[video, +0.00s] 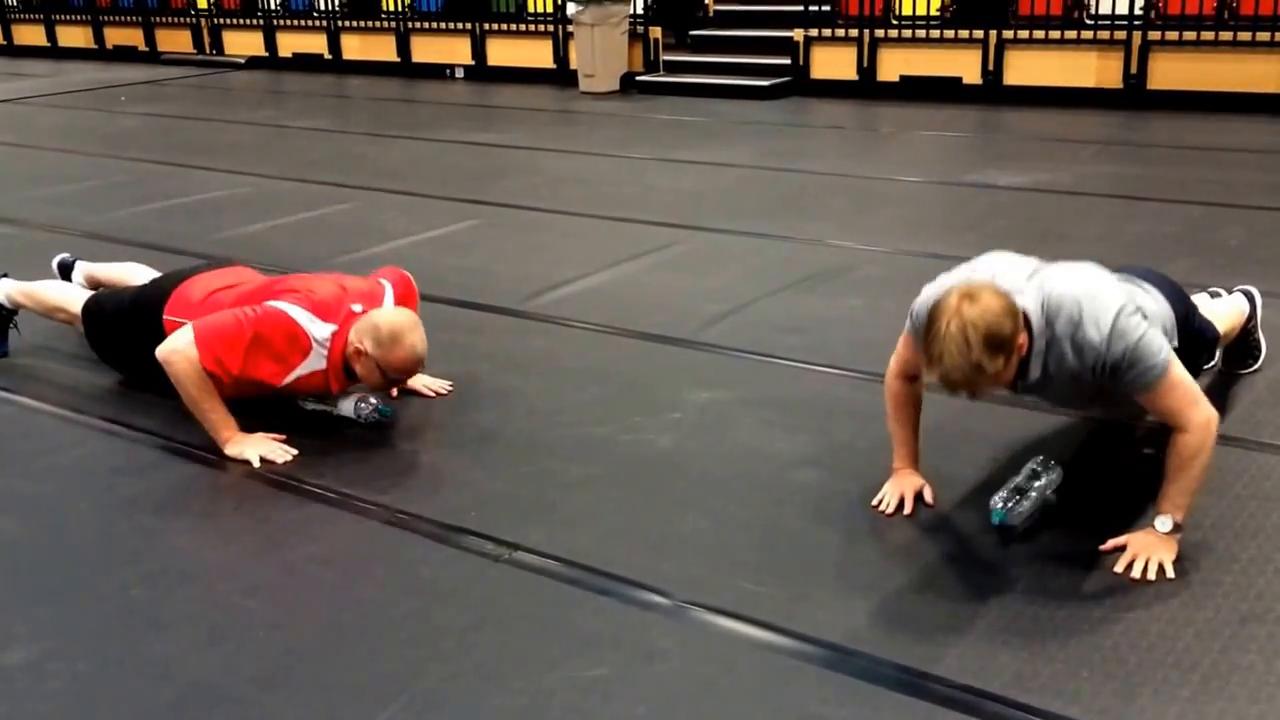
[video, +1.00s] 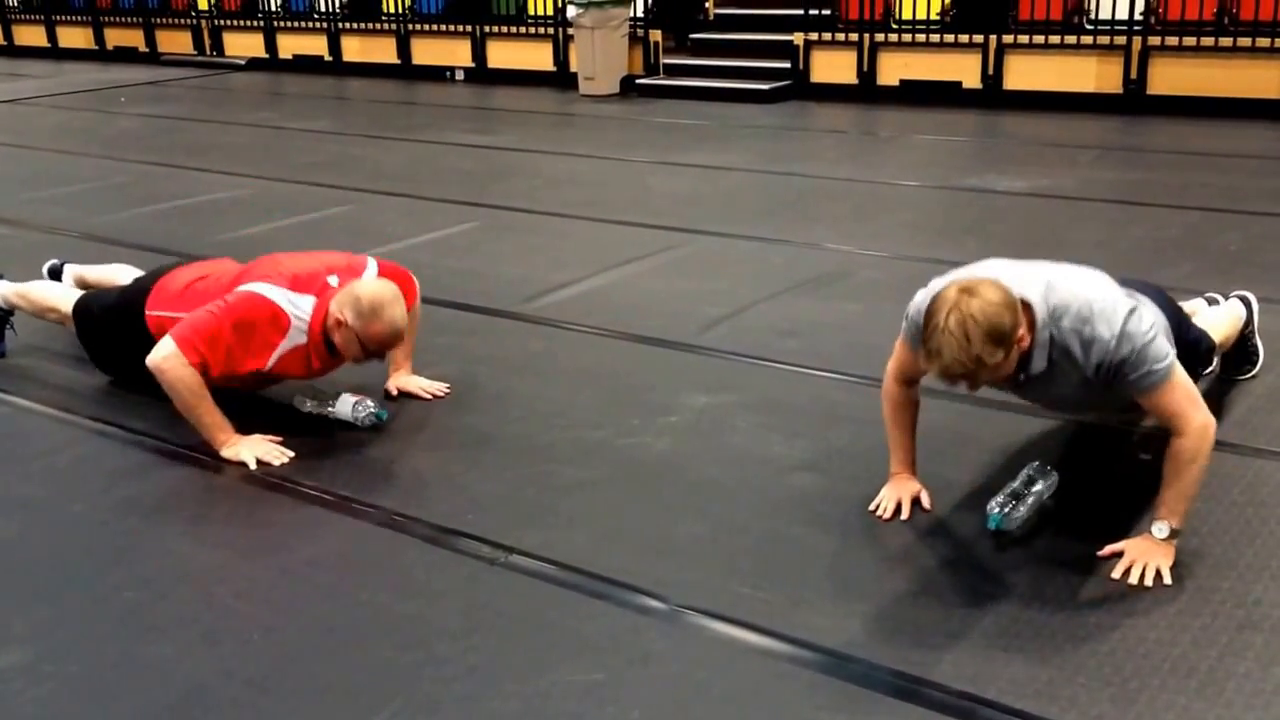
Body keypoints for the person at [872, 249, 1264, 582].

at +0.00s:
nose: (970, 396)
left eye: (980, 385)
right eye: (960, 388)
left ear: (1015, 349)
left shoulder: (1109, 333)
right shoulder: (934, 310)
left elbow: (1200, 421)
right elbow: (902, 373)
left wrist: (1164, 528)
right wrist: (904, 467)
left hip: (1161, 314)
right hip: (1084, 300)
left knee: (1208, 324)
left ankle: (1244, 306)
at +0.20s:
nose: (978, 370)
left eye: (990, 357)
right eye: (966, 359)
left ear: (1025, 318)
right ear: (953, 327)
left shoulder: (1117, 313)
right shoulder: (937, 301)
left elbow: (1193, 418)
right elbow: (906, 373)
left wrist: (1164, 529)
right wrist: (903, 468)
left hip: (1153, 322)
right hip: (1072, 350)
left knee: (1203, 333)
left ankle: (1241, 308)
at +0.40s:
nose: (969, 462)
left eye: (975, 453)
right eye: (956, 456)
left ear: (1009, 415)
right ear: (930, 396)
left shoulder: (1101, 388)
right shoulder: (941, 351)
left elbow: (1218, 433)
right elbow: (886, 379)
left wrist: (1165, 530)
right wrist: (902, 469)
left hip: (1138, 355)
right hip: (1060, 328)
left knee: (1195, 355)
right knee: (1138, 327)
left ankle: (1238, 307)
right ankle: (1203, 302)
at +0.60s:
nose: (960, 495)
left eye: (967, 487)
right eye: (946, 488)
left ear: (1007, 447)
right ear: (928, 430)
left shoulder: (1099, 404)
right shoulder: (945, 368)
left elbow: (1220, 437)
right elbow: (886, 377)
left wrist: (1163, 532)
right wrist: (901, 469)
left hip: (1137, 365)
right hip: (1055, 341)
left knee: (1196, 360)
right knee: (1132, 337)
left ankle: (1237, 309)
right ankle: (1201, 303)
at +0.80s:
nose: (993, 395)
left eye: (995, 385)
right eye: (978, 390)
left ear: (1020, 346)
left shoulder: (1113, 333)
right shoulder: (936, 309)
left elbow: (1195, 424)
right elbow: (900, 378)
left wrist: (1161, 532)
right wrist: (901, 471)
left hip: (1156, 327)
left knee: (1203, 335)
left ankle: (1239, 310)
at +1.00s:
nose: (972, 388)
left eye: (983, 377)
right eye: (962, 378)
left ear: (1020, 336)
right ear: (945, 342)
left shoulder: (1114, 330)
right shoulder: (931, 313)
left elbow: (1197, 427)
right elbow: (899, 380)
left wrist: (1161, 534)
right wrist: (901, 472)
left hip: (1153, 329)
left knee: (1203, 335)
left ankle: (1239, 310)